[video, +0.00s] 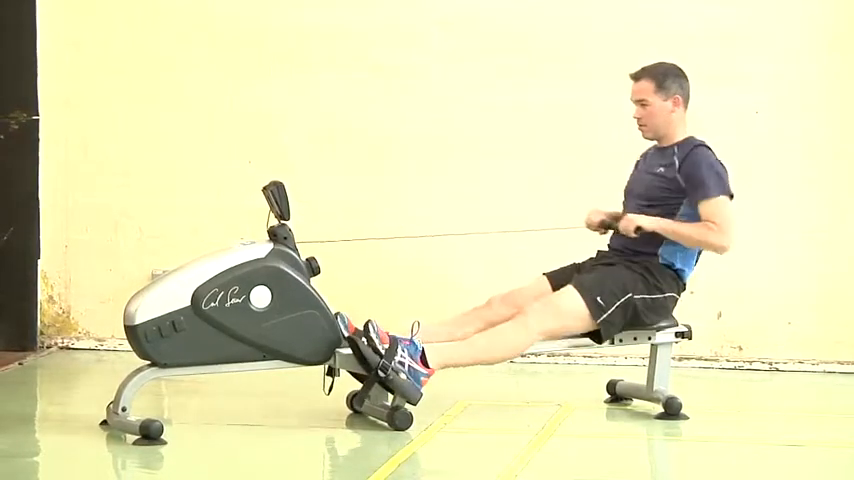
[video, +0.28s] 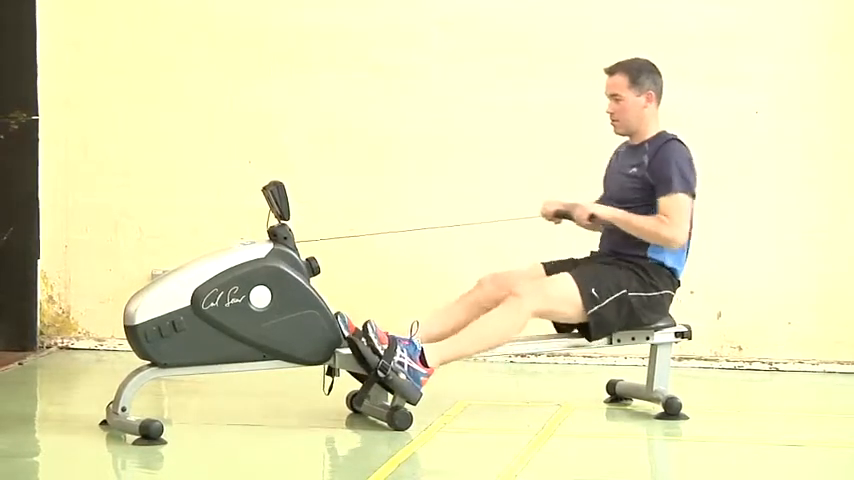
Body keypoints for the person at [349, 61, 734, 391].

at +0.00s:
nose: (635, 114)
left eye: (642, 104)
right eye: (634, 105)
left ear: (675, 103)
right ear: (665, 106)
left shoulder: (698, 157)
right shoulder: (651, 156)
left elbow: (721, 236)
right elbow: (649, 219)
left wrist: (650, 221)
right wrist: (612, 219)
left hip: (650, 275)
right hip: (617, 262)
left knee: (537, 319)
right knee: (505, 303)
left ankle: (422, 364)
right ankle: (401, 346)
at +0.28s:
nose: (609, 109)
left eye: (617, 99)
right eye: (608, 100)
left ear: (649, 100)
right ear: (636, 100)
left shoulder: (670, 153)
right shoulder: (623, 154)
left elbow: (675, 233)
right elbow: (614, 223)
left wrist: (602, 212)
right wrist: (575, 215)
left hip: (644, 279)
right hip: (608, 267)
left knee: (527, 297)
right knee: (491, 287)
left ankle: (423, 365)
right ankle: (402, 345)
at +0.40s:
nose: (587, 108)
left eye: (595, 98)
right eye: (586, 99)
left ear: (628, 100)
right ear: (618, 101)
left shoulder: (646, 152)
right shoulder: (599, 156)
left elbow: (634, 227)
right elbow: (572, 212)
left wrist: (565, 211)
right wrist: (535, 209)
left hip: (634, 279)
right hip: (598, 270)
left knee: (517, 282)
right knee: (483, 273)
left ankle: (423, 364)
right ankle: (402, 345)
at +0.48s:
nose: (569, 108)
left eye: (577, 98)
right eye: (569, 98)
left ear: (609, 100)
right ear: (604, 100)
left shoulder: (629, 151)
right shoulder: (580, 156)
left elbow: (605, 221)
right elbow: (549, 201)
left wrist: (534, 211)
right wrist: (505, 207)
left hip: (624, 280)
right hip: (588, 272)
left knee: (509, 273)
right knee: (474, 265)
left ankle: (422, 363)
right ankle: (403, 346)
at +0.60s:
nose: (540, 109)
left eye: (549, 100)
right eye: (540, 100)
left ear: (580, 102)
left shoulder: (602, 153)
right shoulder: (552, 158)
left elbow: (559, 214)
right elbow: (507, 196)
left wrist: (484, 215)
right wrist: (458, 207)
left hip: (609, 282)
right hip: (572, 276)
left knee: (499, 261)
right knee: (461, 254)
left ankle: (423, 359)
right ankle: (398, 345)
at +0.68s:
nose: (520, 112)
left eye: (528, 103)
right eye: (520, 103)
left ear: (560, 106)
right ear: (552, 106)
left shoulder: (583, 155)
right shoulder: (532, 160)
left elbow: (529, 211)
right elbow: (481, 195)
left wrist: (452, 220)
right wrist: (426, 211)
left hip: (596, 283)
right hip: (558, 276)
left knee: (491, 255)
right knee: (455, 248)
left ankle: (421, 361)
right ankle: (395, 345)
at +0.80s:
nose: (492, 115)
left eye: (501, 106)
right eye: (492, 107)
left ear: (533, 109)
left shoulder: (556, 158)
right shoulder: (505, 162)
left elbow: (488, 207)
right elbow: (448, 195)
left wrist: (413, 225)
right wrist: (388, 214)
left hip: (578, 286)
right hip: (537, 284)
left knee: (479, 245)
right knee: (437, 240)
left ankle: (421, 359)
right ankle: (393, 342)